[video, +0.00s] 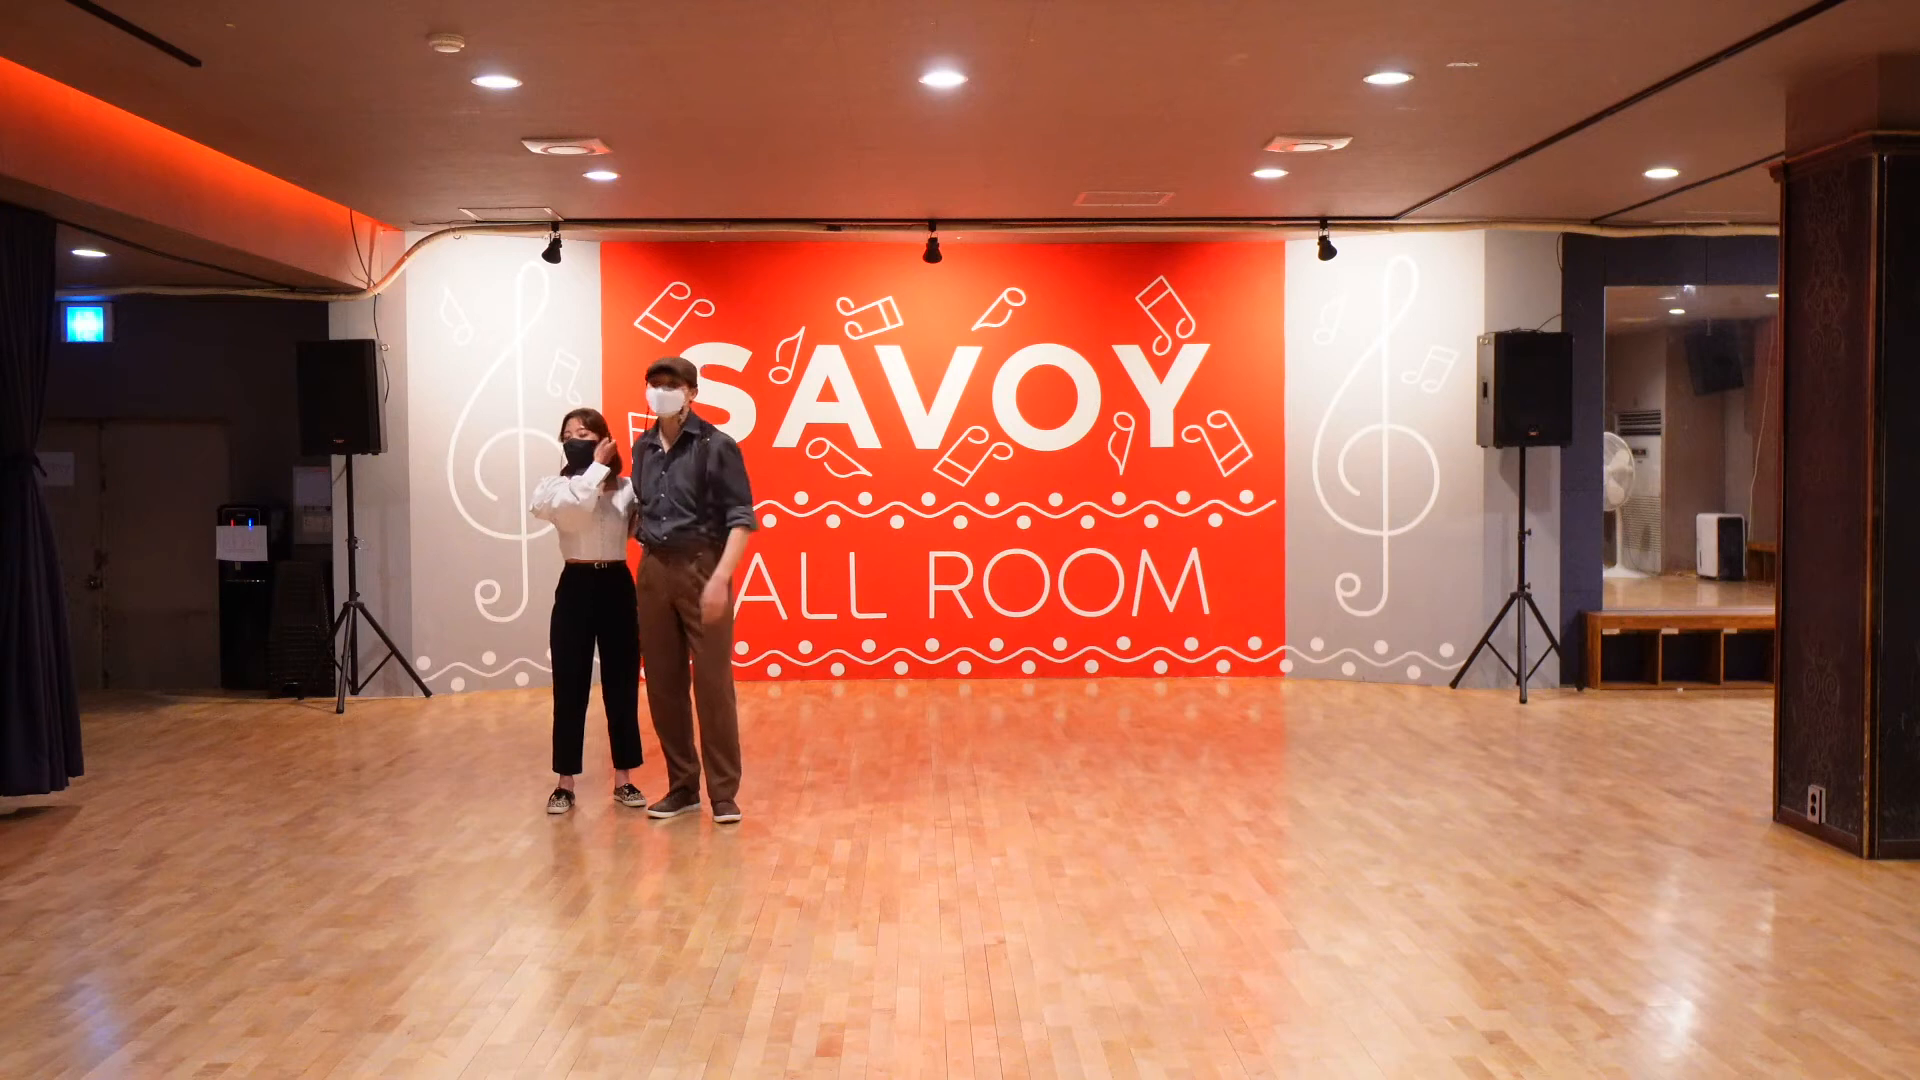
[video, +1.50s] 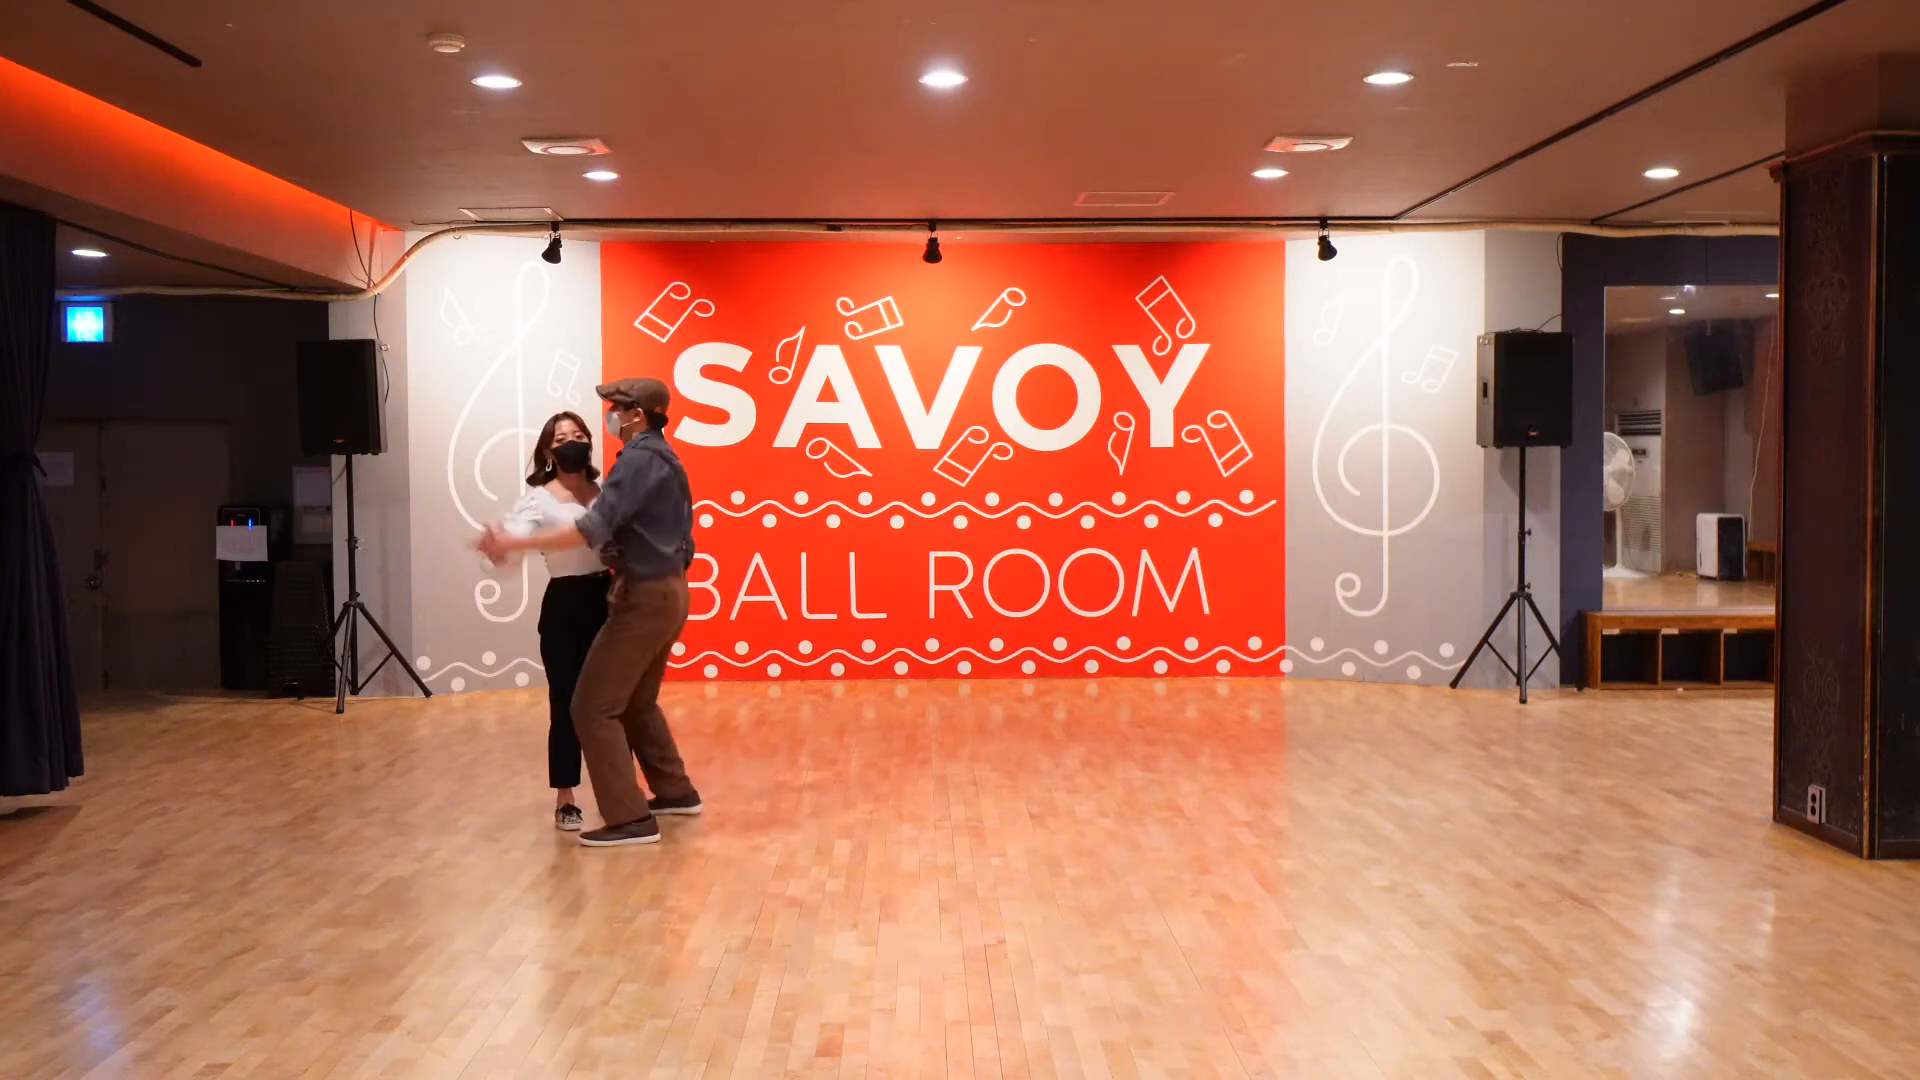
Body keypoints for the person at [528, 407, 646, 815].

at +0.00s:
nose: (578, 434)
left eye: (587, 429)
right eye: (571, 430)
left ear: (604, 441)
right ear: (561, 443)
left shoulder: (623, 487)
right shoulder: (550, 487)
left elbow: (649, 524)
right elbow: (567, 507)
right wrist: (595, 465)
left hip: (618, 587)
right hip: (575, 588)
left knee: (622, 688)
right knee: (569, 688)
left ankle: (623, 781)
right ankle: (565, 784)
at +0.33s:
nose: (587, 433)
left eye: (595, 427)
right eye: (578, 429)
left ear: (608, 439)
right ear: (568, 442)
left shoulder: (627, 486)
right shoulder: (555, 487)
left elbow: (645, 527)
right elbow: (542, 529)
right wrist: (586, 495)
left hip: (618, 590)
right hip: (575, 591)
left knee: (622, 689)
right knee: (569, 690)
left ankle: (623, 781)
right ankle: (565, 784)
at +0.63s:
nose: (596, 434)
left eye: (604, 428)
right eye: (587, 430)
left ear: (616, 439)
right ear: (575, 442)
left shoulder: (632, 490)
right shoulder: (561, 493)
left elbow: (652, 531)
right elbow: (552, 556)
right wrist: (585, 535)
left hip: (623, 591)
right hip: (580, 593)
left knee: (626, 691)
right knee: (573, 691)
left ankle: (623, 782)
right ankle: (565, 784)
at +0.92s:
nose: (601, 438)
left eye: (608, 431)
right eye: (591, 434)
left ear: (620, 441)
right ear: (578, 447)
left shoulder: (638, 491)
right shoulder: (570, 499)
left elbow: (657, 538)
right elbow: (555, 560)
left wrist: (624, 536)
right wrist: (587, 547)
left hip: (631, 593)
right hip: (589, 597)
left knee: (630, 689)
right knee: (584, 689)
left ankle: (624, 781)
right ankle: (567, 779)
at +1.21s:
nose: (587, 442)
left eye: (593, 435)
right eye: (577, 438)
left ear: (604, 444)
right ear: (565, 452)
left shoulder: (624, 488)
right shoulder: (559, 507)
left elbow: (648, 531)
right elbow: (567, 571)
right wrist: (599, 604)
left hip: (628, 597)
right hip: (583, 606)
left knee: (624, 698)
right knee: (580, 703)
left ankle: (619, 781)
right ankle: (569, 793)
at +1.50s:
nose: (570, 440)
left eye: (577, 434)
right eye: (561, 436)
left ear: (589, 444)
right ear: (547, 450)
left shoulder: (605, 491)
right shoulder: (538, 499)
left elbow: (627, 530)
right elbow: (510, 539)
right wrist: (498, 546)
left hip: (606, 596)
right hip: (565, 601)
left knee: (613, 693)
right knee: (566, 699)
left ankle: (625, 790)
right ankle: (566, 798)